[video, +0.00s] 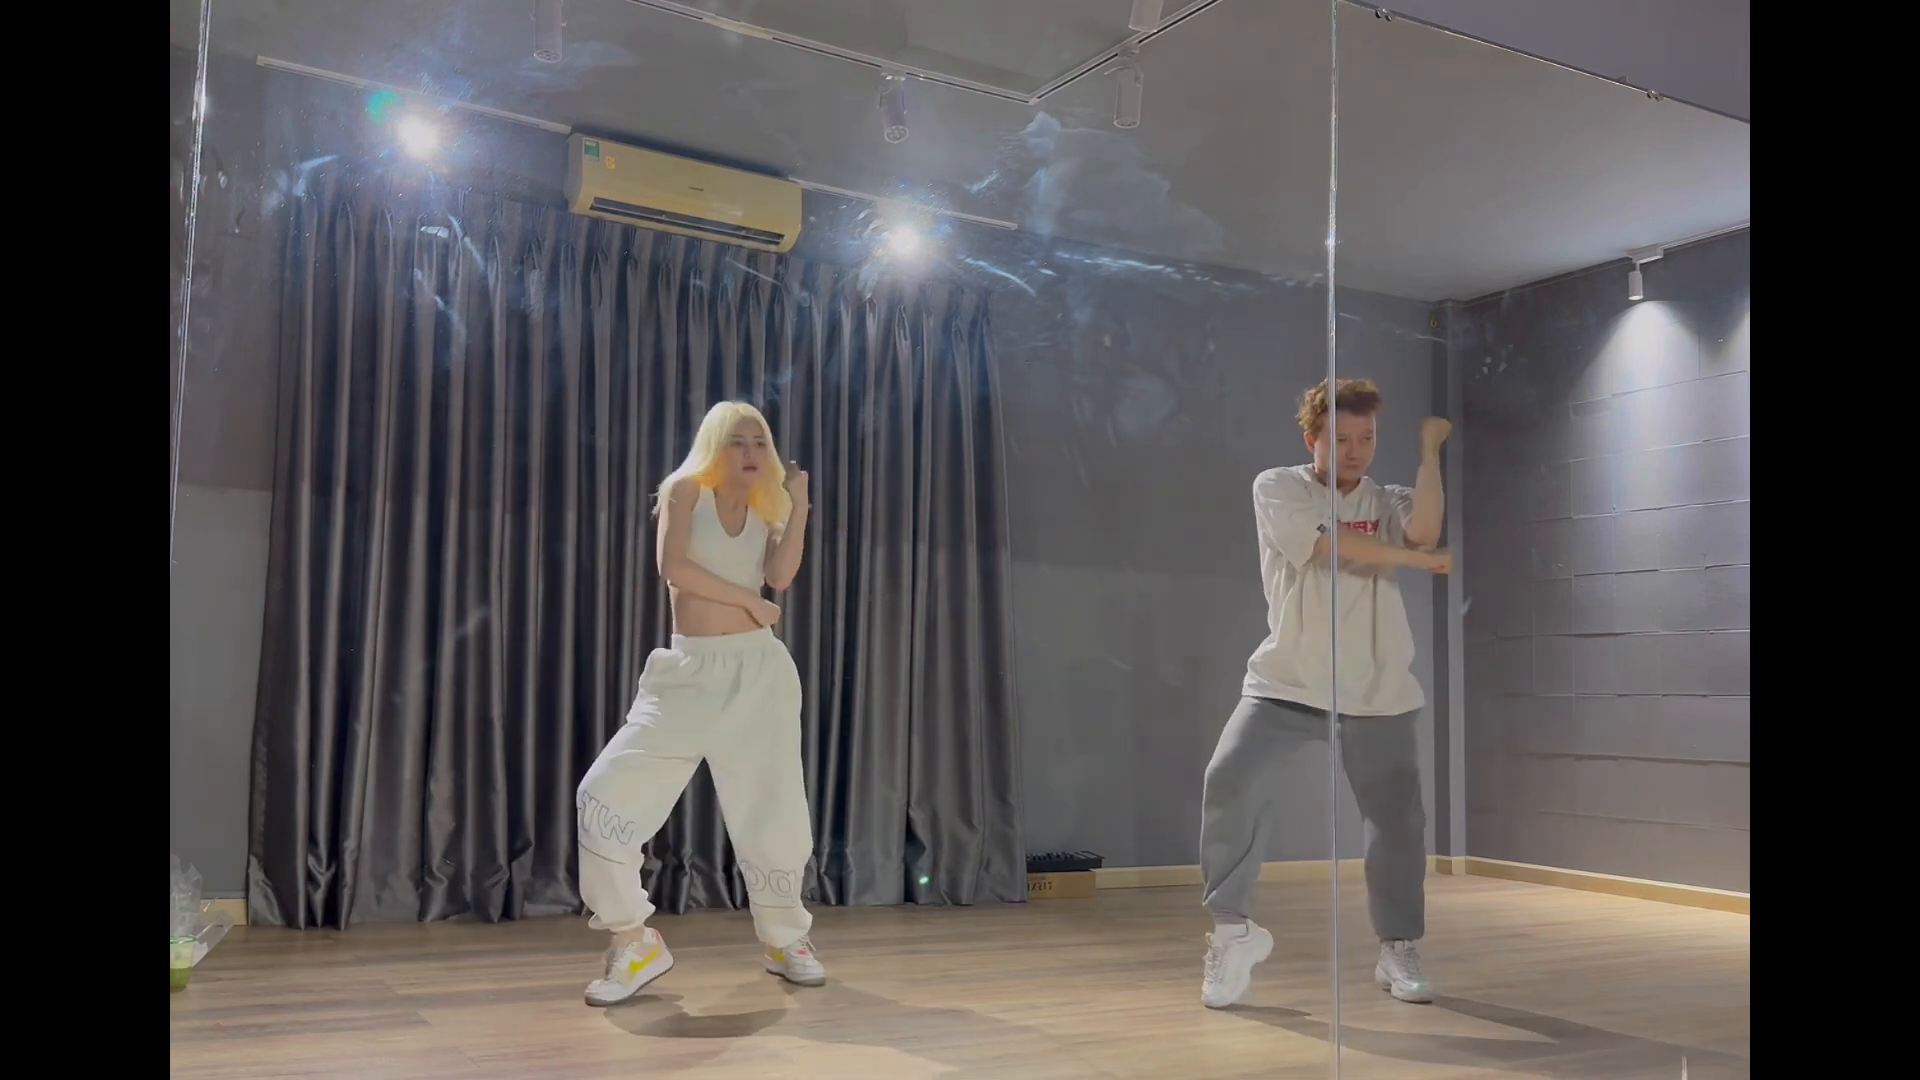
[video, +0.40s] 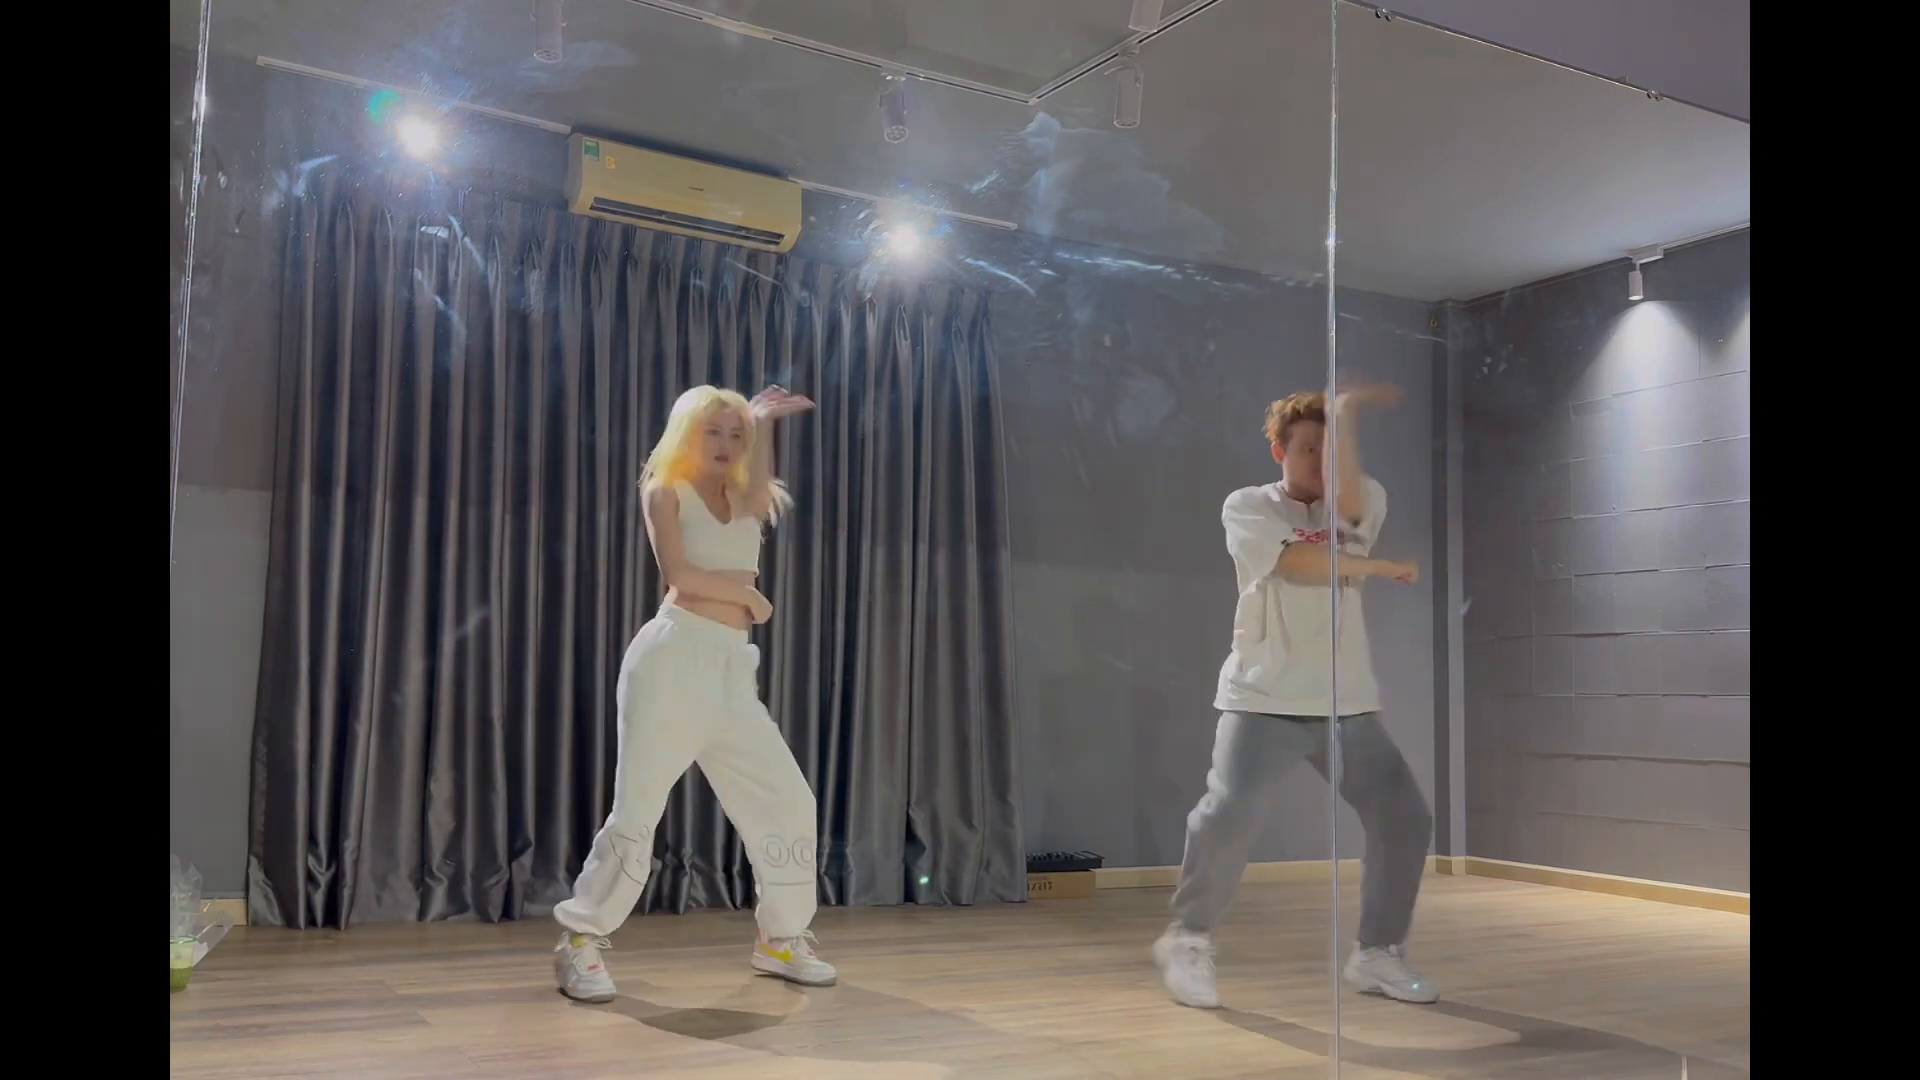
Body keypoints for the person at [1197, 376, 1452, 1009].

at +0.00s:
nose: (1356, 449)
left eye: (1365, 438)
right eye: (1342, 437)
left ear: (1376, 440)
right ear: (1312, 438)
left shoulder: (1384, 500)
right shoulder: (1277, 488)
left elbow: (1426, 533)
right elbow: (1324, 548)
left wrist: (1430, 454)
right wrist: (1419, 559)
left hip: (1378, 686)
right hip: (1291, 679)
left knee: (1400, 814)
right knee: (1227, 780)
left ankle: (1399, 950)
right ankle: (1232, 931)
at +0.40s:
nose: (1320, 461)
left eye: (1328, 449)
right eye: (1307, 448)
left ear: (1339, 453)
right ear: (1278, 452)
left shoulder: (1359, 509)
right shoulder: (1246, 507)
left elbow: (1347, 495)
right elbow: (1288, 561)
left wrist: (1345, 417)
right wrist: (1376, 567)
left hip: (1344, 705)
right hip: (1261, 704)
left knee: (1404, 818)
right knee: (1227, 810)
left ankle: (1378, 953)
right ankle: (1187, 942)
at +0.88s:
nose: (1354, 483)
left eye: (1360, 475)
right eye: (1345, 467)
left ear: (1362, 476)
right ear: (1307, 459)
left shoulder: (1322, 513)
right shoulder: (1286, 518)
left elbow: (1359, 475)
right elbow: (1369, 583)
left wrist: (1409, 442)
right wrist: (1422, 599)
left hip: (1407, 710)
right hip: (1341, 724)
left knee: (1451, 836)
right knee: (1302, 844)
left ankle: (1390, 962)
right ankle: (1204, 942)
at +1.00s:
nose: (1391, 460)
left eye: (1394, 448)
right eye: (1380, 445)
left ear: (1378, 455)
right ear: (1340, 450)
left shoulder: (1364, 510)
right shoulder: (1324, 509)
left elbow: (1419, 525)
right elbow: (1357, 545)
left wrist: (1399, 453)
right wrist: (1398, 466)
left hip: (1424, 700)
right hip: (1378, 710)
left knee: (1449, 835)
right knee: (1440, 836)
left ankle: (1392, 960)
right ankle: (1332, 889)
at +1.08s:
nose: (1406, 452)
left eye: (1410, 442)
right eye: (1396, 440)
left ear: (1406, 448)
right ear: (1358, 445)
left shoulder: (1390, 514)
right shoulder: (1342, 507)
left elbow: (1463, 559)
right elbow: (1383, 562)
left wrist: (1421, 484)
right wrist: (1397, 481)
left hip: (1417, 700)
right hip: (1393, 701)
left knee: (1431, 830)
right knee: (1513, 790)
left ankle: (1389, 961)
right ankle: (1418, 901)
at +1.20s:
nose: (1425, 450)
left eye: (1427, 440)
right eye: (1415, 437)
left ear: (1384, 448)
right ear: (1373, 438)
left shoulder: (1370, 510)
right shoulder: (1369, 515)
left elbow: (1461, 570)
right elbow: (1468, 570)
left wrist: (1470, 493)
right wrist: (1465, 486)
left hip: (1390, 707)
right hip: (1426, 703)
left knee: (1445, 831)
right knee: (1537, 794)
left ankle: (1387, 964)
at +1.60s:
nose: (1463, 464)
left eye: (1468, 456)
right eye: (1455, 451)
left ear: (1454, 457)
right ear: (1416, 446)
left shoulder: (1442, 506)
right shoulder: (1381, 490)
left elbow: (1501, 495)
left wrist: (1507, 494)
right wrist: (1492, 512)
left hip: (1460, 712)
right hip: (1434, 714)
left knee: (1469, 847)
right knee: (1536, 813)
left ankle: (1388, 969)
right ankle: (1543, 986)